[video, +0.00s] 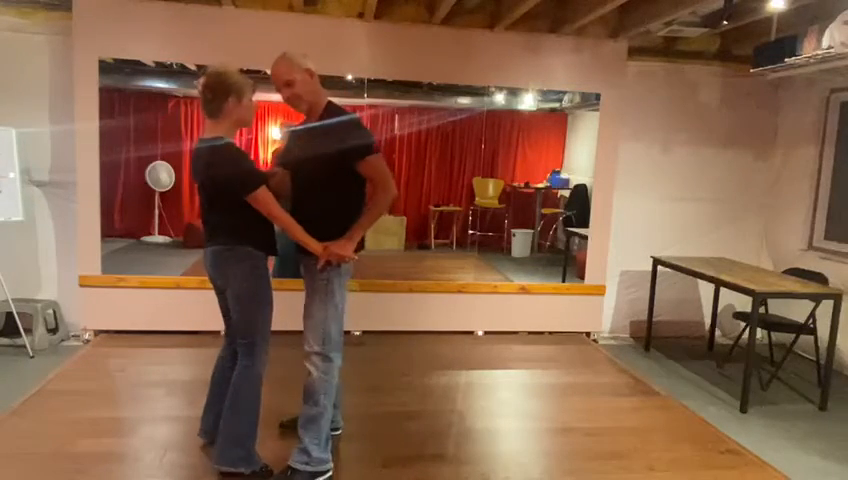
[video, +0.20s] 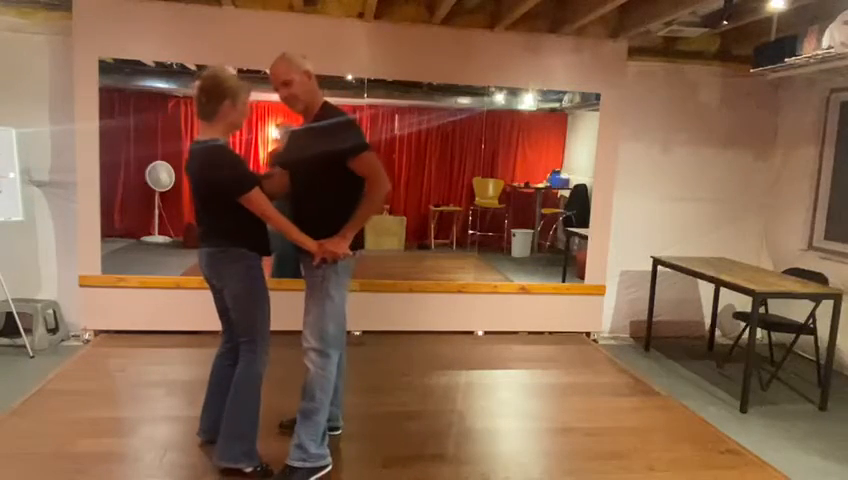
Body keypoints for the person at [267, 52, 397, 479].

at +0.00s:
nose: (284, 94)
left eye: (287, 84)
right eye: (279, 89)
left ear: (310, 75)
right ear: (281, 90)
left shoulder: (346, 125)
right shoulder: (299, 132)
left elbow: (386, 189)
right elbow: (278, 186)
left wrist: (350, 239)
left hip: (334, 252)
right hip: (308, 251)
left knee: (319, 351)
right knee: (321, 343)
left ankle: (314, 460)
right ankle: (326, 419)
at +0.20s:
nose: (282, 93)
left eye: (286, 83)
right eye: (277, 88)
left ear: (309, 76)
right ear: (281, 89)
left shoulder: (340, 126)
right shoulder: (299, 132)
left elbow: (380, 184)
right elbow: (280, 183)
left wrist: (345, 236)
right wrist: (236, 183)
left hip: (333, 252)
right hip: (312, 251)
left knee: (318, 348)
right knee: (327, 340)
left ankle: (311, 455)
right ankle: (328, 418)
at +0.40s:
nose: (280, 95)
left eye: (284, 85)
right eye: (275, 89)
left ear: (308, 78)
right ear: (280, 90)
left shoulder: (334, 125)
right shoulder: (300, 132)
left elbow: (378, 181)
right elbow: (280, 181)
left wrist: (345, 234)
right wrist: (234, 186)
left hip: (332, 251)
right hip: (314, 251)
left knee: (319, 347)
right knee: (329, 340)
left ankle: (311, 453)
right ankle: (328, 418)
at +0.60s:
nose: (276, 97)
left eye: (281, 87)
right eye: (272, 90)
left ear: (305, 82)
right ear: (279, 90)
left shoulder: (329, 125)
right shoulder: (300, 133)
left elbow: (378, 175)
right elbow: (277, 180)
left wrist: (349, 231)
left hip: (337, 252)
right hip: (321, 250)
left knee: (322, 348)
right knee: (330, 342)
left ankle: (311, 455)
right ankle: (328, 418)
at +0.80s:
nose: (275, 97)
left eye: (281, 88)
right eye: (271, 90)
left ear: (305, 85)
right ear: (277, 92)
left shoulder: (328, 125)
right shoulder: (297, 135)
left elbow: (384, 164)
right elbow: (271, 179)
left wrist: (368, 223)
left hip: (343, 253)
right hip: (323, 253)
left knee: (325, 349)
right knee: (327, 342)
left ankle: (313, 460)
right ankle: (326, 418)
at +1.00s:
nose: (281, 90)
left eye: (288, 82)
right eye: (277, 83)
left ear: (312, 82)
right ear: (276, 88)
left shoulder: (336, 120)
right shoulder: (292, 135)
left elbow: (390, 147)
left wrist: (383, 212)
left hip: (342, 250)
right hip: (317, 251)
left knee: (321, 350)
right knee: (312, 338)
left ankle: (313, 463)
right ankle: (323, 418)